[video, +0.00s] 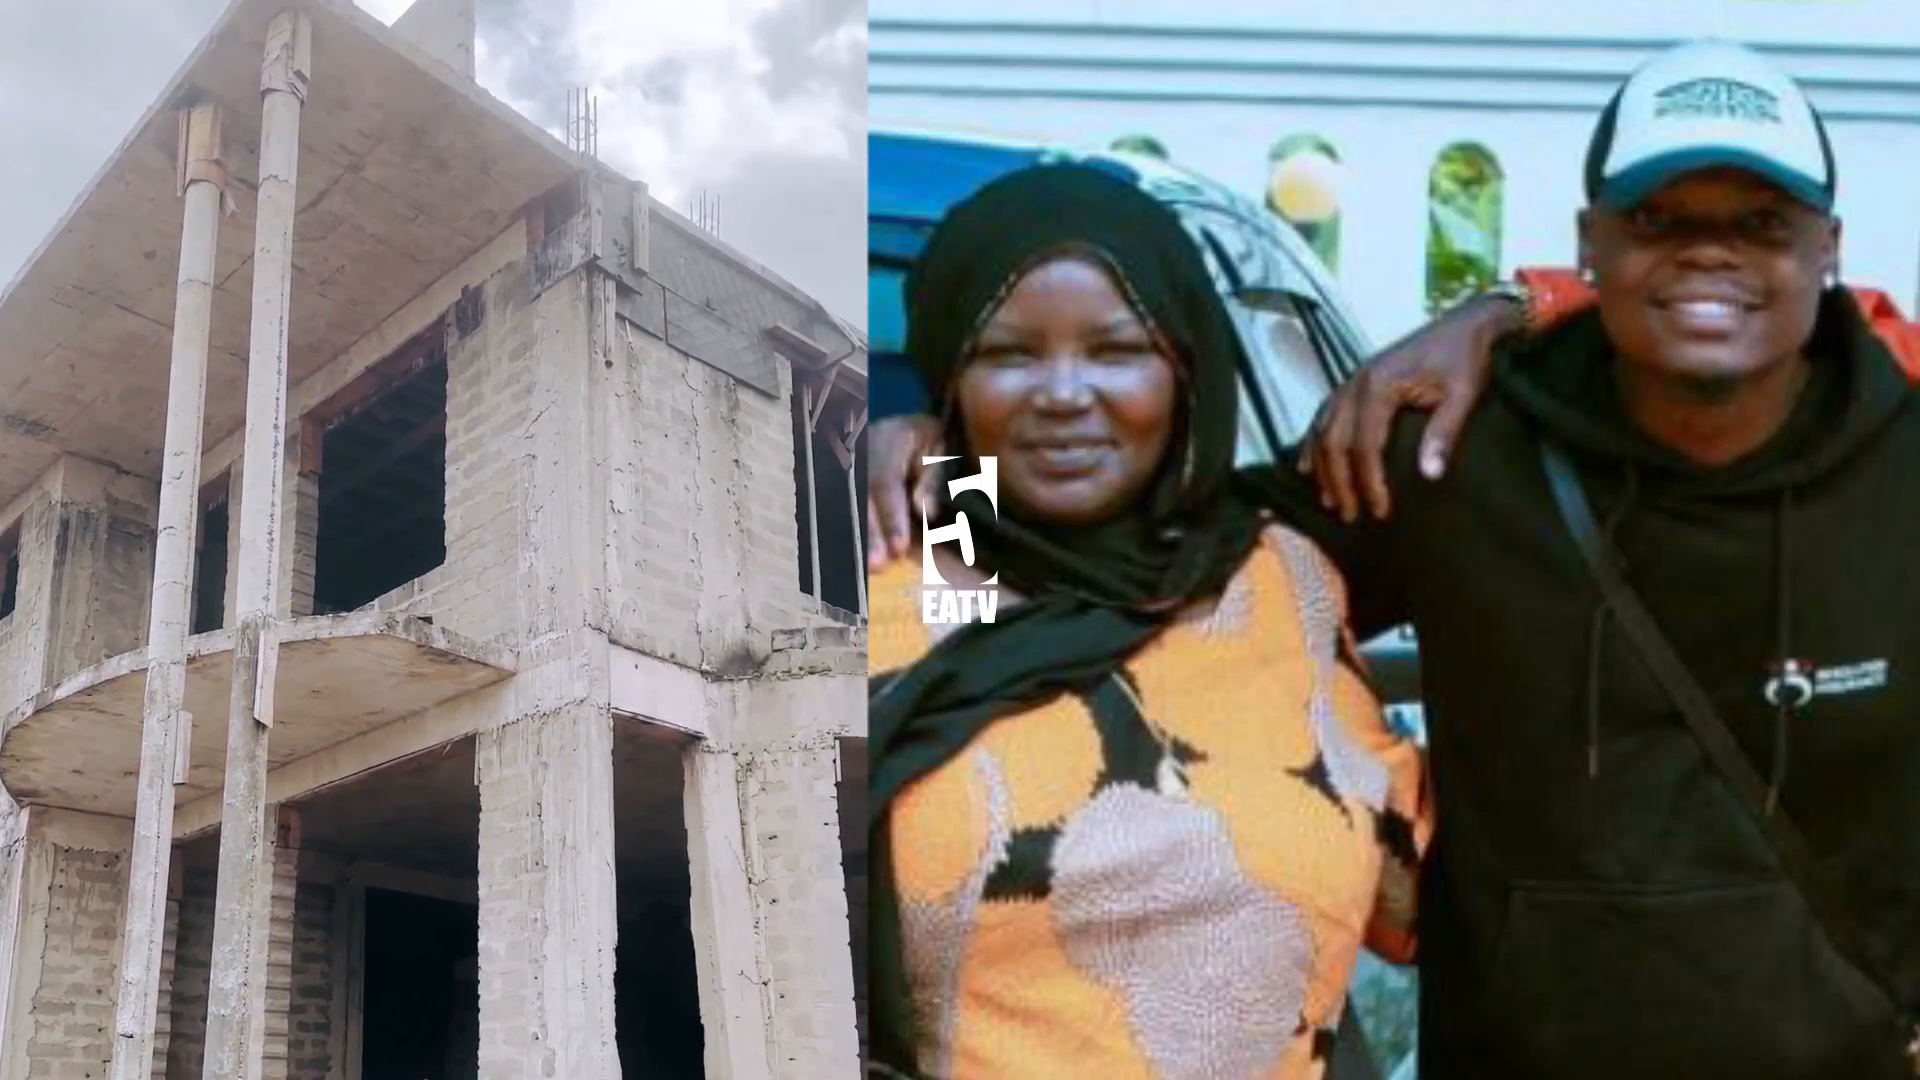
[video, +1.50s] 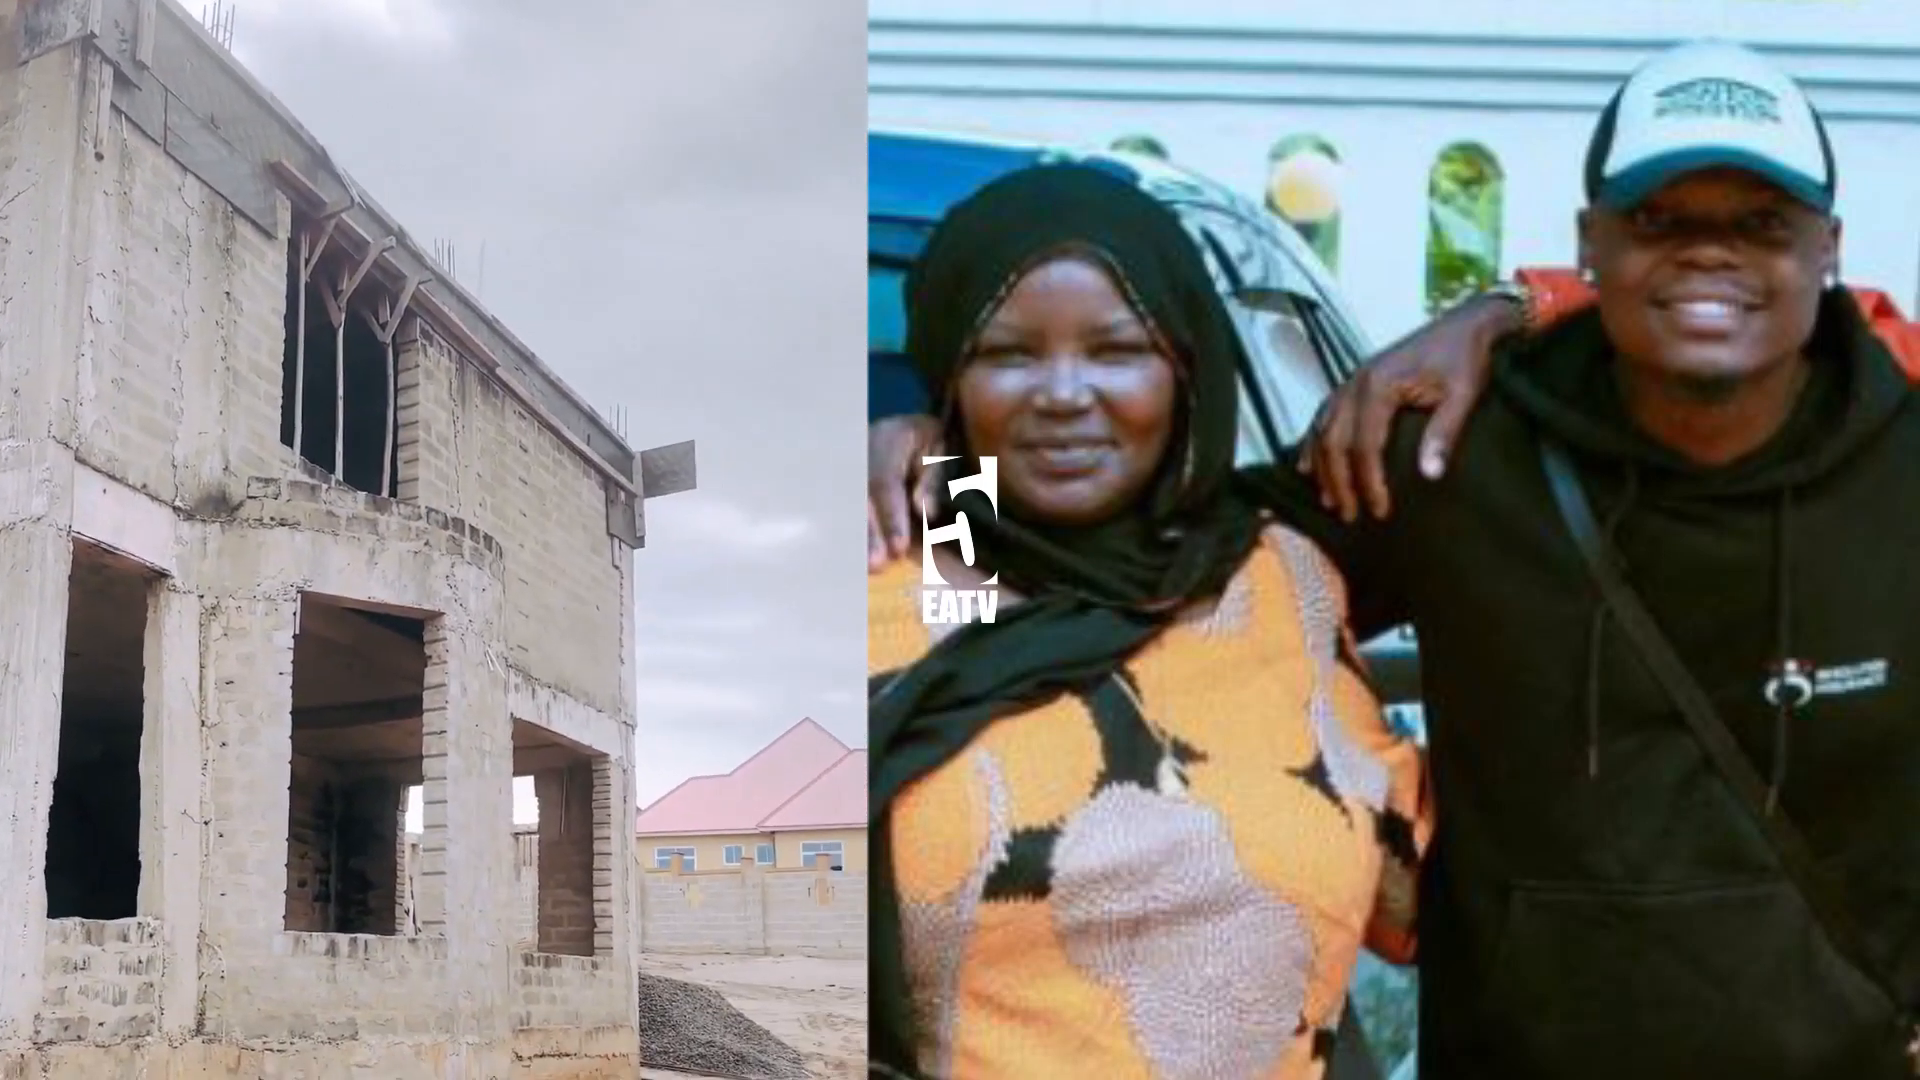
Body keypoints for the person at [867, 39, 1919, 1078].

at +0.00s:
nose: (1707, 251)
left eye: (1757, 218)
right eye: (1664, 214)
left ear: (1826, 249)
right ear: (1595, 241)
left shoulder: (1899, 445)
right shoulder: (1462, 448)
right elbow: (1174, 559)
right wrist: (958, 463)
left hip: (1849, 1039)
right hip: (1534, 1046)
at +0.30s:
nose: (1707, 251)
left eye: (1757, 219)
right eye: (1664, 215)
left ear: (1826, 249)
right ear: (1595, 242)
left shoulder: (1899, 444)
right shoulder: (1464, 447)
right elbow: (1176, 559)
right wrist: (959, 465)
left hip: (1850, 1038)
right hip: (1536, 1045)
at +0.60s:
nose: (1707, 251)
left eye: (1757, 219)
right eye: (1664, 215)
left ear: (1825, 250)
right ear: (1595, 242)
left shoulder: (1898, 445)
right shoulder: (1464, 447)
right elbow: (1176, 556)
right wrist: (957, 461)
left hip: (1850, 1037)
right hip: (1536, 1045)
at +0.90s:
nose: (1707, 251)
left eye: (1757, 219)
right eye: (1664, 215)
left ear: (1826, 249)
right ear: (1595, 242)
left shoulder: (1899, 444)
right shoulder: (1464, 447)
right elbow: (1177, 559)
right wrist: (958, 461)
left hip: (1849, 1038)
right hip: (1535, 1045)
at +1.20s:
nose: (1707, 252)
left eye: (1757, 220)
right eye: (1664, 215)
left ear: (1825, 250)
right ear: (1595, 242)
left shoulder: (1899, 445)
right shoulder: (1464, 446)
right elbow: (1174, 557)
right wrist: (955, 458)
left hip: (1848, 1037)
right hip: (1535, 1044)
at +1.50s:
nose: (1707, 251)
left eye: (1757, 219)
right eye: (1664, 215)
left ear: (1826, 250)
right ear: (1595, 242)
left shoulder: (1898, 445)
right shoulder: (1464, 448)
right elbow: (1176, 556)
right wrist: (957, 460)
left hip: (1849, 1037)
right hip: (1535, 1044)